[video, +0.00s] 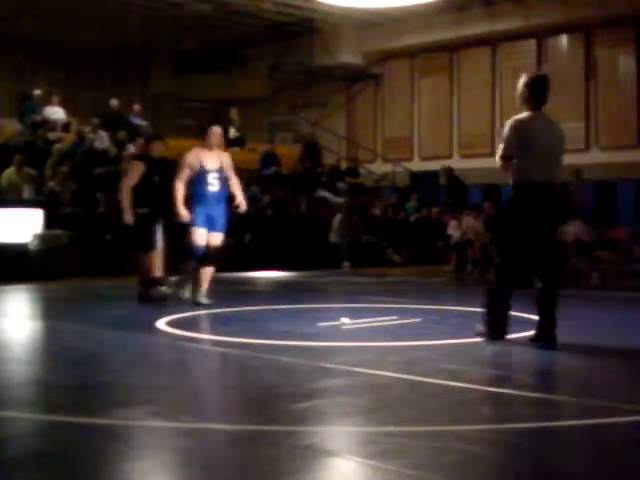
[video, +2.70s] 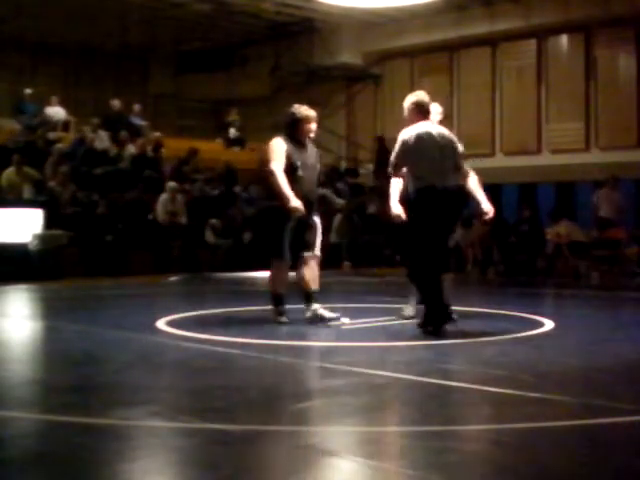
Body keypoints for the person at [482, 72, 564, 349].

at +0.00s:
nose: (518, 95)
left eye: (520, 90)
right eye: (520, 89)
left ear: (525, 94)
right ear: (545, 95)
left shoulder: (518, 124)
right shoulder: (555, 128)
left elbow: (504, 159)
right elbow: (556, 159)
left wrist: (520, 169)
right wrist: (528, 164)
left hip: (523, 198)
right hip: (550, 197)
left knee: (509, 260)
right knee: (548, 265)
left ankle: (496, 325)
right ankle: (547, 330)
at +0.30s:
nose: (486, 102)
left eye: (486, 97)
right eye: (488, 97)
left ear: (489, 100)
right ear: (511, 100)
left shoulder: (482, 131)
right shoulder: (528, 131)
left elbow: (471, 165)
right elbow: (537, 165)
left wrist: (488, 167)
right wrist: (514, 165)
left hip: (494, 199)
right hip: (523, 199)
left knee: (489, 260)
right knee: (525, 260)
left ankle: (489, 325)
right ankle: (534, 319)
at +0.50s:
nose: (471, 101)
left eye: (472, 97)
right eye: (472, 96)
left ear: (476, 100)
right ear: (497, 100)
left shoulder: (469, 131)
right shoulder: (513, 131)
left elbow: (454, 165)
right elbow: (525, 162)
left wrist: (470, 166)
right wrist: (503, 163)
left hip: (481, 199)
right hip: (509, 200)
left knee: (483, 260)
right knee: (504, 259)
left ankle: (487, 325)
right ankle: (500, 322)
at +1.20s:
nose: (446, 111)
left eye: (447, 106)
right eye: (446, 106)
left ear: (454, 106)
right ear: (470, 106)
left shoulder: (455, 130)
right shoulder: (484, 134)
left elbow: (432, 158)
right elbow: (495, 167)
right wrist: (474, 168)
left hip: (461, 198)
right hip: (483, 198)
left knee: (453, 254)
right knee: (477, 254)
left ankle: (463, 318)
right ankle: (472, 314)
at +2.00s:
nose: (419, 111)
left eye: (420, 107)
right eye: (421, 107)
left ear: (424, 108)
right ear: (443, 106)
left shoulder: (420, 134)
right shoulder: (460, 129)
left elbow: (403, 165)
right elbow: (486, 150)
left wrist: (414, 185)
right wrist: (473, 176)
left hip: (433, 197)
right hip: (459, 194)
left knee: (439, 261)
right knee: (460, 259)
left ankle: (444, 322)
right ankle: (468, 321)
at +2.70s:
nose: (404, 118)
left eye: (405, 114)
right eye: (405, 114)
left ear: (411, 113)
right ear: (430, 112)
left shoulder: (408, 136)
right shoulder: (447, 136)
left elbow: (397, 173)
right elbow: (465, 172)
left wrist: (394, 202)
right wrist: (484, 201)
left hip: (422, 202)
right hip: (451, 201)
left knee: (421, 259)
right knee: (435, 256)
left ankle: (436, 315)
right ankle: (437, 311)